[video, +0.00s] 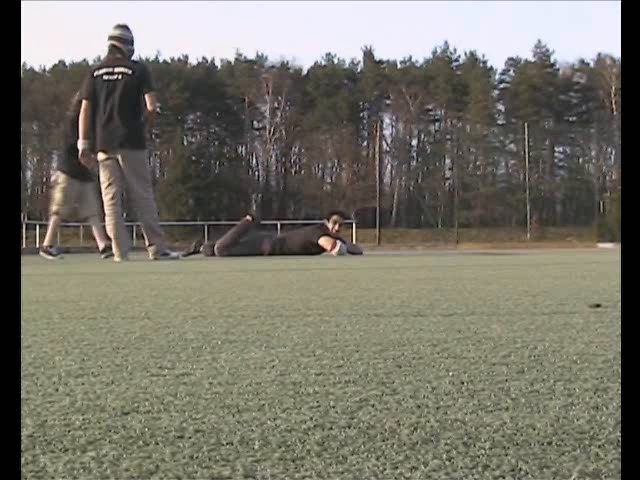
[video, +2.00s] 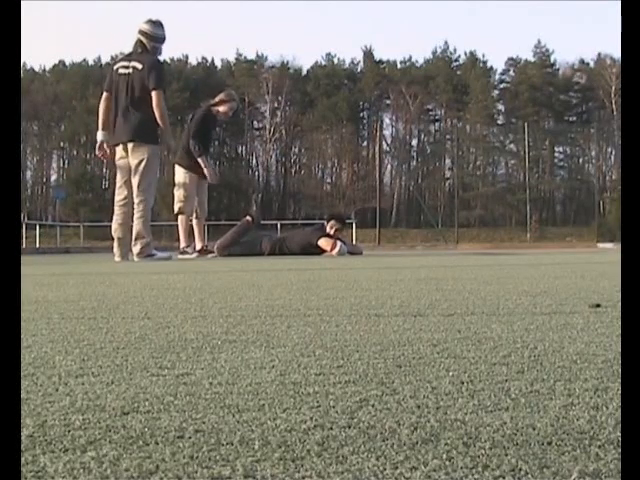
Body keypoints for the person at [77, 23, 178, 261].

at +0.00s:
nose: (132, 51)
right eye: (131, 47)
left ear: (109, 44)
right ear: (130, 46)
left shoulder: (94, 72)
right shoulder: (139, 69)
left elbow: (85, 109)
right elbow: (152, 107)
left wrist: (82, 143)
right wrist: (146, 121)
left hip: (102, 142)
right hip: (132, 141)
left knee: (110, 197)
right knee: (142, 193)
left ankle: (119, 251)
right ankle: (157, 245)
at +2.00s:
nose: (161, 48)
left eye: (162, 43)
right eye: (161, 43)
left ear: (140, 38)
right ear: (156, 42)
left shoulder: (118, 63)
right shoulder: (153, 64)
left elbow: (105, 100)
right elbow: (157, 100)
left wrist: (101, 135)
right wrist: (166, 132)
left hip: (119, 136)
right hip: (144, 136)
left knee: (122, 195)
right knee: (143, 195)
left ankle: (119, 250)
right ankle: (142, 247)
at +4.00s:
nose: (163, 48)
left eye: (164, 44)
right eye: (163, 44)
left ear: (142, 38)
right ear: (159, 43)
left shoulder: (120, 65)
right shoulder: (156, 65)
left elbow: (109, 103)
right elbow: (160, 101)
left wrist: (110, 134)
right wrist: (172, 124)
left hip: (123, 137)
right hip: (148, 138)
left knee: (124, 196)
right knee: (145, 197)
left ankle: (119, 249)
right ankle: (142, 248)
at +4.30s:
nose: (165, 49)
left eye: (165, 44)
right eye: (164, 44)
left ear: (143, 38)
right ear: (160, 43)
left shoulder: (121, 65)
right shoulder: (157, 64)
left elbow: (109, 103)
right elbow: (162, 101)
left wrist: (112, 133)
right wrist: (173, 124)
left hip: (123, 136)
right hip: (148, 136)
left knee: (124, 195)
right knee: (146, 196)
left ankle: (119, 249)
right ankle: (142, 248)